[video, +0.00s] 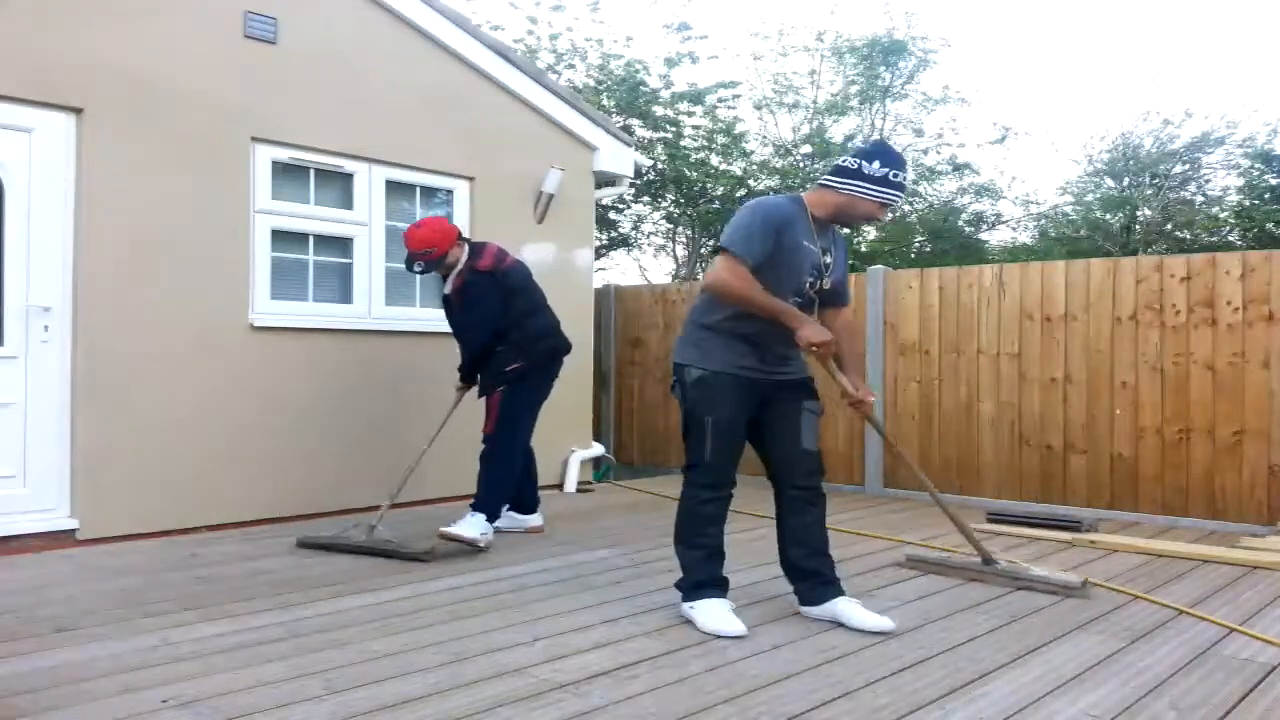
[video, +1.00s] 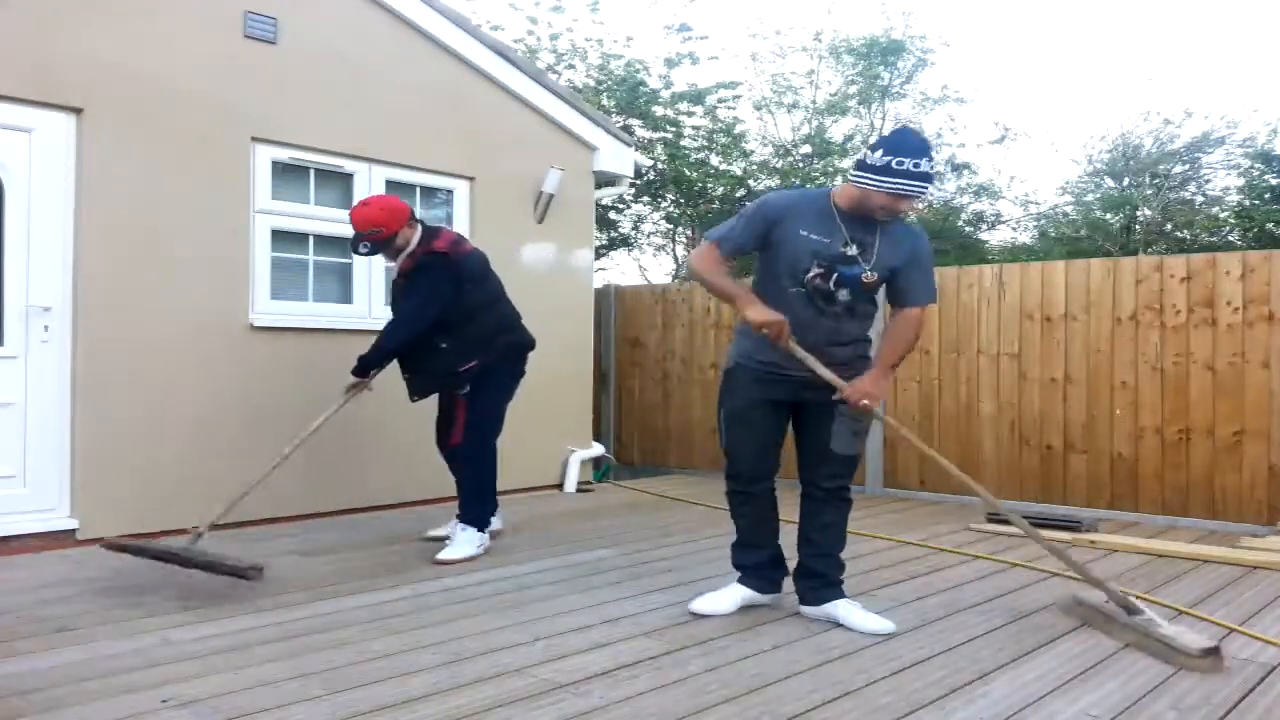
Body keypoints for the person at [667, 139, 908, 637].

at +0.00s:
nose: (882, 216)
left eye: (886, 208)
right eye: (882, 205)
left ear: (853, 188)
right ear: (857, 188)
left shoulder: (833, 244)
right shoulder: (770, 213)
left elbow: (839, 315)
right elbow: (721, 276)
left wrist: (852, 377)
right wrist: (797, 320)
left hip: (780, 373)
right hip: (717, 365)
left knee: (802, 481)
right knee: (710, 481)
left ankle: (818, 593)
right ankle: (702, 592)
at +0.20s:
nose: (903, 217)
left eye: (909, 208)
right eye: (903, 205)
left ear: (876, 191)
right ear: (876, 188)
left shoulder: (863, 247)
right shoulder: (789, 216)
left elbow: (874, 318)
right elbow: (766, 290)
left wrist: (892, 382)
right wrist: (840, 329)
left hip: (802, 372)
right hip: (735, 366)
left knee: (816, 483)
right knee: (724, 482)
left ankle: (819, 593)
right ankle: (705, 592)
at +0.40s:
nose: (910, 207)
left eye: (916, 198)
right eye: (910, 194)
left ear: (889, 184)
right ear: (883, 178)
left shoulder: (878, 237)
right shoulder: (796, 208)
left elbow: (883, 302)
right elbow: (730, 254)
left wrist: (887, 353)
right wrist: (814, 281)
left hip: (823, 376)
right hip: (753, 368)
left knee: (816, 489)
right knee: (735, 484)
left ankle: (820, 593)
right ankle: (713, 592)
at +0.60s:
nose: (922, 206)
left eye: (929, 198)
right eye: (921, 193)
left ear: (902, 184)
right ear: (892, 175)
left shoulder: (902, 240)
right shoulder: (794, 203)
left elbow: (899, 312)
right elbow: (695, 212)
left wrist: (849, 331)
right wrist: (738, 237)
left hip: (834, 379)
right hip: (760, 367)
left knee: (824, 488)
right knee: (741, 482)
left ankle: (821, 593)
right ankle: (722, 591)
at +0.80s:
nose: (928, 211)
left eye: (935, 203)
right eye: (925, 198)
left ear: (932, 199)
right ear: (896, 180)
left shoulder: (916, 246)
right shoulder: (800, 202)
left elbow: (903, 317)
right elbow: (700, 217)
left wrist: (847, 352)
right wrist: (728, 259)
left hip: (839, 378)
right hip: (760, 362)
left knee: (827, 488)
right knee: (745, 479)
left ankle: (822, 594)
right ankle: (737, 585)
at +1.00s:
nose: (908, 207)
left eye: (913, 198)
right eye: (903, 196)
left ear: (900, 189)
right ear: (872, 182)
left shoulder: (905, 242)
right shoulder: (782, 209)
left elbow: (912, 312)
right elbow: (704, 257)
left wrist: (879, 374)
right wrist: (747, 301)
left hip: (839, 382)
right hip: (759, 371)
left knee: (830, 487)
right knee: (748, 479)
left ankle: (822, 593)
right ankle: (756, 581)